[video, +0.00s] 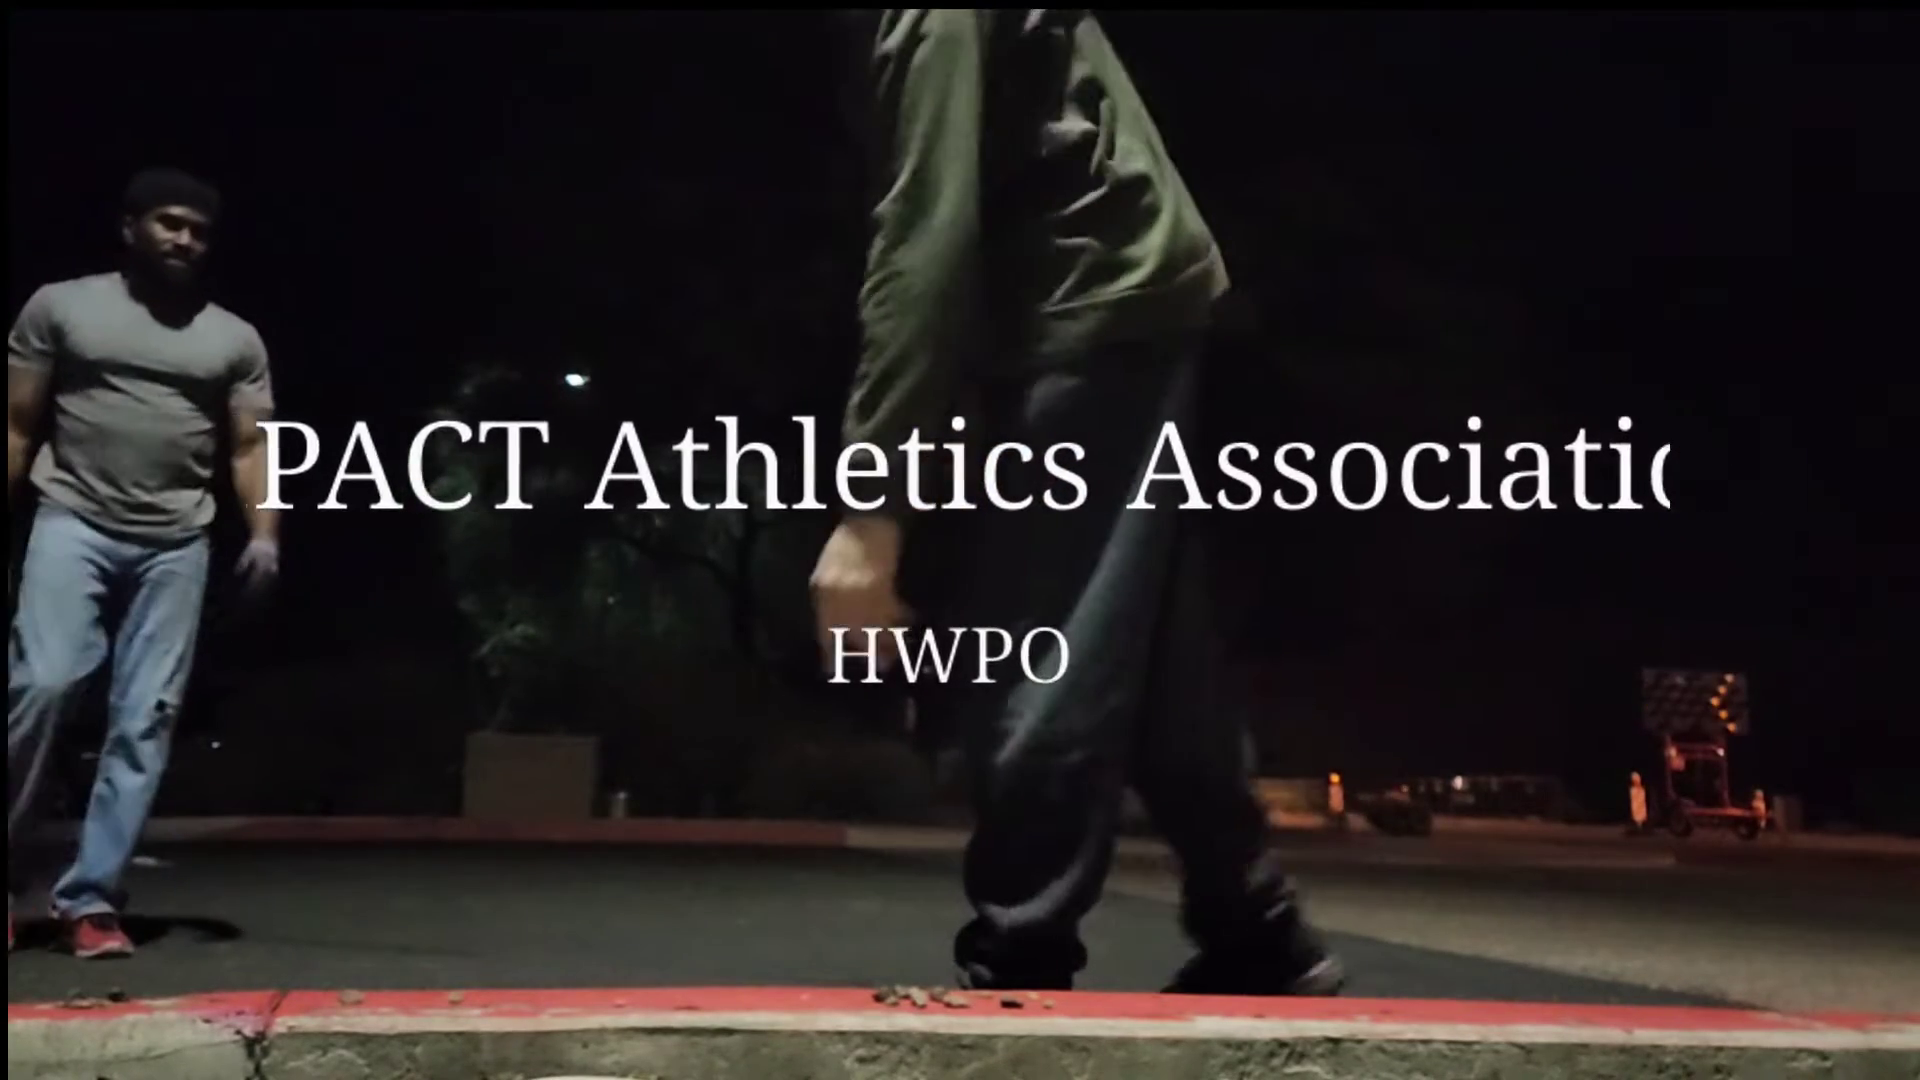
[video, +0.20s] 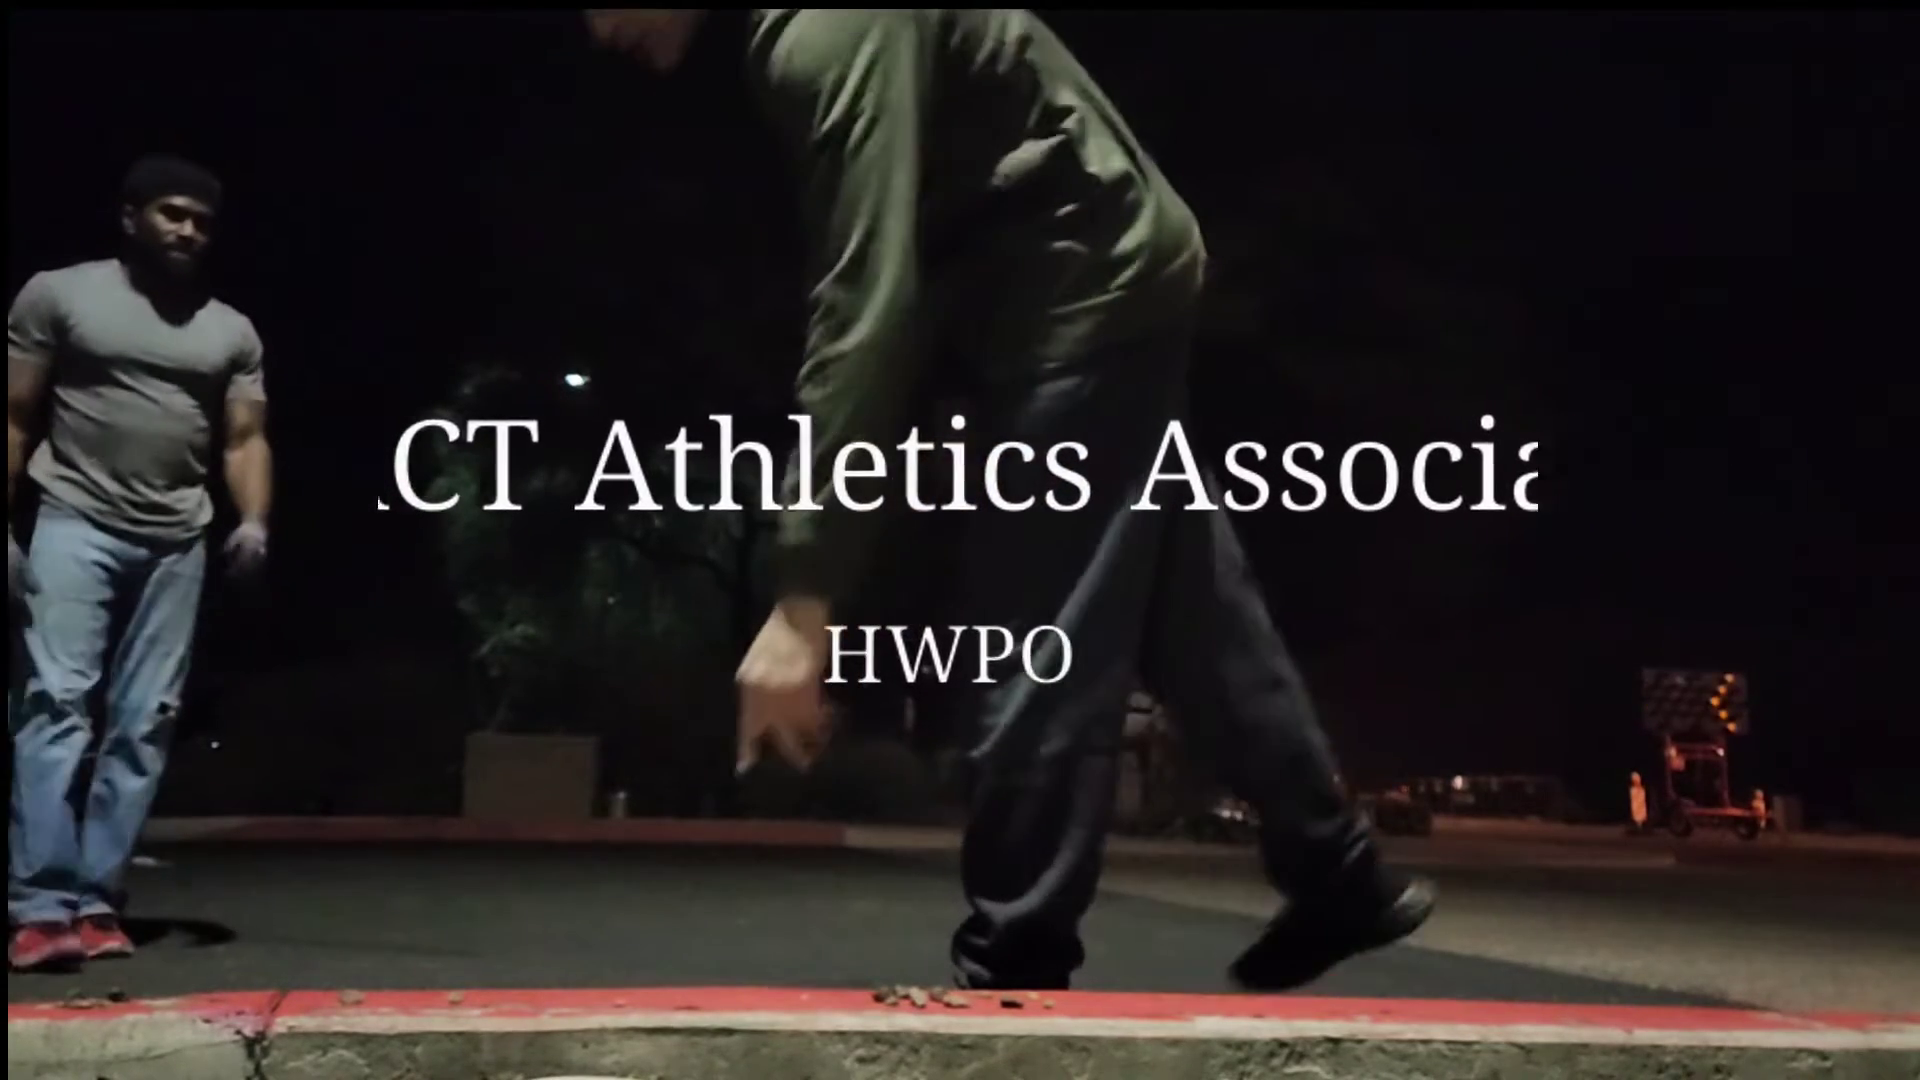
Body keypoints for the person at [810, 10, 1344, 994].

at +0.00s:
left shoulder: (937, 24)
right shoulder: (914, 32)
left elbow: (926, 241)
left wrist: (867, 517)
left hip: (1106, 307)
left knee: (1042, 645)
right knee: (1141, 631)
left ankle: (1018, 960)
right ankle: (1251, 931)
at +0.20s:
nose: (611, 32)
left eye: (614, 10)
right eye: (600, 22)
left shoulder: (835, 36)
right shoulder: (806, 38)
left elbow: (866, 315)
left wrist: (802, 605)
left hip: (1093, 290)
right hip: (1087, 288)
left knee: (1040, 625)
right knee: (1194, 597)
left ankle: (1015, 957)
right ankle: (1338, 877)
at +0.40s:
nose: (557, 151)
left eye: (548, 111)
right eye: (529, 133)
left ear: (608, 30)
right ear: (600, 36)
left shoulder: (783, 103)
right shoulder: (725, 68)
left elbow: (812, 428)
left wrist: (741, 712)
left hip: (1089, 299)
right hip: (1063, 296)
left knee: (1027, 632)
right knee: (1206, 567)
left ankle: (1011, 960)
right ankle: (1402, 814)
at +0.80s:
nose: (526, 299)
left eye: (515, 267)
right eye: (494, 288)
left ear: (558, 170)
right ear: (550, 156)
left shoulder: (736, 212)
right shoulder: (651, 128)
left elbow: (756, 536)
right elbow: (836, 289)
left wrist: (700, 825)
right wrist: (875, 449)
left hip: (1052, 276)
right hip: (1069, 240)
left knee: (1001, 627)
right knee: (1225, 531)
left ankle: (997, 975)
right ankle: (1469, 742)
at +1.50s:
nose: (523, 210)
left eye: (515, 174)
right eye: (500, 192)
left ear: (576, 100)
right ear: (575, 97)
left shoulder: (732, 155)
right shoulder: (689, 100)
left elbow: (804, 449)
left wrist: (790, 739)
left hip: (1050, 292)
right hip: (1088, 266)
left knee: (973, 631)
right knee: (1191, 588)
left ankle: (1002, 954)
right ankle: (1389, 859)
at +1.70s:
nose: (564, 121)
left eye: (560, 82)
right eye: (541, 104)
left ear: (623, 24)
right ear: (628, 27)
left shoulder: (764, 91)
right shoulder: (747, 68)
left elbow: (840, 361)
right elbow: (830, 358)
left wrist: (826, 637)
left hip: (1059, 297)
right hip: (1105, 279)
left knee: (961, 637)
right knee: (1160, 629)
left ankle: (1001, 962)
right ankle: (1281, 933)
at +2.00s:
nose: (695, 66)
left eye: (687, 38)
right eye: (680, 49)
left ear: (738, 5)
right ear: (737, 15)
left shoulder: (861, 36)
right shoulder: (858, 38)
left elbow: (901, 257)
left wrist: (875, 501)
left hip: (1069, 339)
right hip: (1105, 335)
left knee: (998, 648)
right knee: (1071, 664)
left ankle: (1000, 967)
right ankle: (1130, 974)